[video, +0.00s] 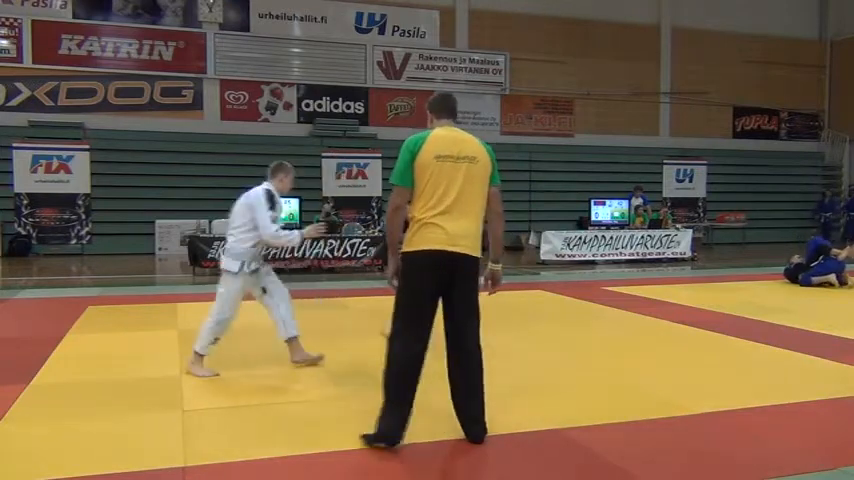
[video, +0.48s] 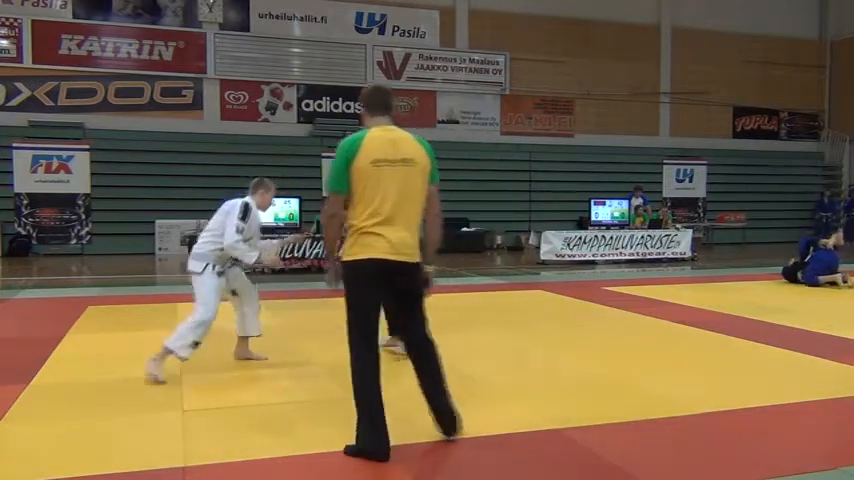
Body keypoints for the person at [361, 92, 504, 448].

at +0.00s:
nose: (425, 123)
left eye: (425, 118)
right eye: (429, 118)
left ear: (430, 116)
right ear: (457, 117)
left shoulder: (416, 144)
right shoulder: (483, 150)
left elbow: (398, 204)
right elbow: (495, 208)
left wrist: (393, 255)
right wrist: (496, 259)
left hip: (421, 257)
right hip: (465, 259)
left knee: (407, 341)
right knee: (466, 342)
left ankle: (389, 431)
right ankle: (475, 427)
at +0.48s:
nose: (361, 117)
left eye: (360, 112)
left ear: (363, 112)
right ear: (393, 111)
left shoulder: (352, 145)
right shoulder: (421, 148)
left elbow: (332, 210)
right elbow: (433, 209)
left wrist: (333, 256)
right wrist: (428, 262)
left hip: (362, 263)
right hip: (406, 263)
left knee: (363, 351)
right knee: (418, 340)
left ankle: (373, 442)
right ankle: (447, 418)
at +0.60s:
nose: (350, 117)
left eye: (347, 112)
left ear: (347, 111)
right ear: (379, 110)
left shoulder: (338, 145)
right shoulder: (409, 146)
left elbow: (318, 210)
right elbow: (420, 208)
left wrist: (310, 267)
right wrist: (416, 259)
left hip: (354, 263)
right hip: (398, 262)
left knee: (359, 350)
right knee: (394, 336)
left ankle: (373, 441)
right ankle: (411, 418)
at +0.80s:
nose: (332, 117)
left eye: (329, 112)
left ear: (328, 112)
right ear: (361, 110)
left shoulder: (322, 146)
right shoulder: (391, 146)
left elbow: (301, 211)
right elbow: (404, 207)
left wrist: (292, 267)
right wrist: (398, 260)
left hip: (341, 259)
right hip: (381, 258)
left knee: (353, 348)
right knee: (357, 343)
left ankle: (373, 443)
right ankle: (344, 425)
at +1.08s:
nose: (306, 119)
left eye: (306, 115)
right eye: (310, 115)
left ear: (309, 113)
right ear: (340, 112)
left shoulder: (306, 140)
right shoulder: (367, 149)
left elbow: (292, 207)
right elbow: (375, 210)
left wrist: (286, 261)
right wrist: (368, 263)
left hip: (313, 259)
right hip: (352, 260)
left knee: (303, 338)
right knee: (338, 340)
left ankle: (346, 416)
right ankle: (338, 428)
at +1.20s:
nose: (298, 118)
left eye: (298, 113)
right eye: (304, 114)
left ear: (301, 113)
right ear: (330, 111)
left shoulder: (294, 141)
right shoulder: (357, 149)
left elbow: (280, 204)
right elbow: (364, 209)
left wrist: (272, 257)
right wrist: (355, 257)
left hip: (299, 259)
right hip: (341, 261)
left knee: (281, 336)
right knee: (333, 343)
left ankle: (300, 425)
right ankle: (338, 427)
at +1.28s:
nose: (288, 118)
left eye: (287, 112)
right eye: (291, 112)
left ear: (293, 111)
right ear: (320, 110)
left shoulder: (284, 141)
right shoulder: (349, 148)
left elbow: (266, 208)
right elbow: (358, 213)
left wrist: (260, 259)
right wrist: (342, 253)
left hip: (288, 261)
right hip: (332, 263)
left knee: (269, 346)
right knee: (330, 345)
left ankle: (264, 439)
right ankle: (338, 428)